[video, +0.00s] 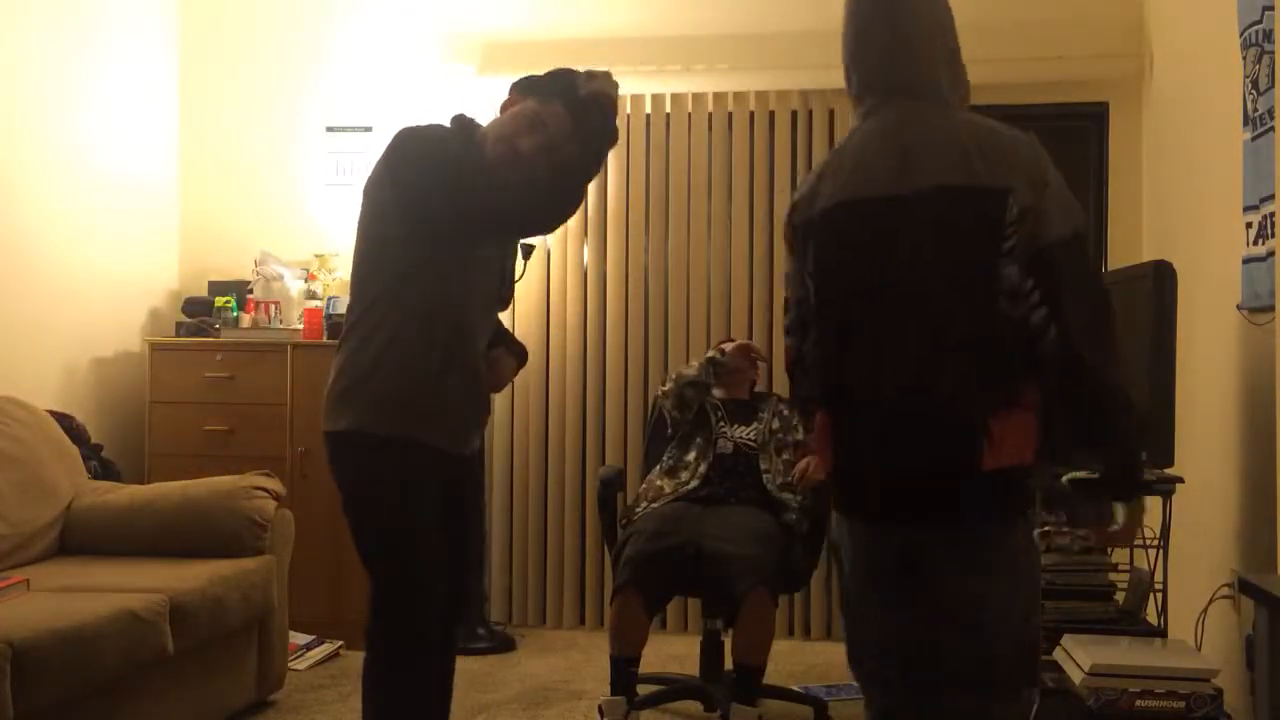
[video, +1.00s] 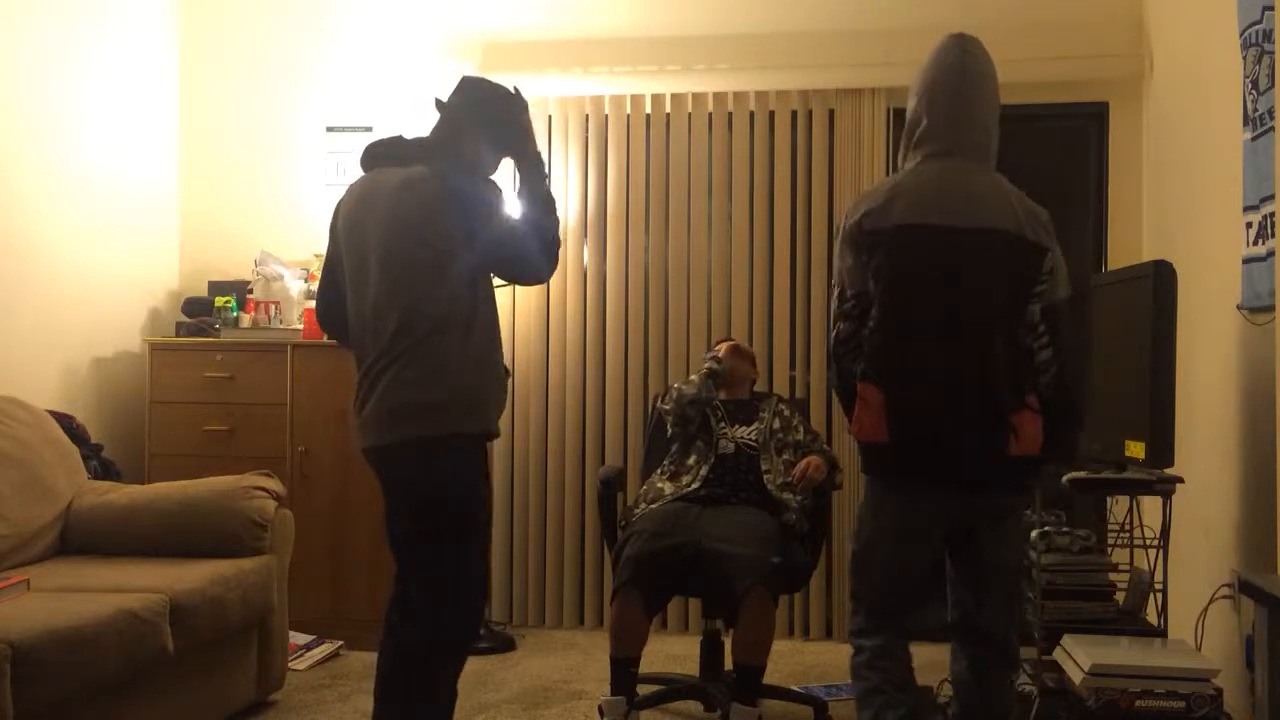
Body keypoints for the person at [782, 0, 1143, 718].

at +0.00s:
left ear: (856, 59)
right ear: (946, 48)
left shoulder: (820, 189)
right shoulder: (1012, 158)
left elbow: (805, 350)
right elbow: (1079, 318)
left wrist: (821, 424)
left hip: (869, 492)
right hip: (988, 488)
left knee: (890, 686)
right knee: (994, 687)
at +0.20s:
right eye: (972, 56)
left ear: (882, 72)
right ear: (969, 64)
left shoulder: (840, 204)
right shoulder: (1019, 185)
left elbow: (826, 356)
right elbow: (1085, 349)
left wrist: (838, 457)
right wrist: (1130, 483)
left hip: (883, 489)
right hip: (995, 488)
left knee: (909, 688)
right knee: (1007, 681)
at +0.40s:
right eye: (980, 67)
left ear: (893, 78)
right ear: (977, 71)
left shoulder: (851, 204)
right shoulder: (1022, 188)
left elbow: (838, 352)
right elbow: (1067, 350)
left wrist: (866, 451)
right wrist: (1102, 480)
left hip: (894, 477)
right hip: (1001, 475)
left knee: (917, 669)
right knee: (1008, 671)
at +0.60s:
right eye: (987, 87)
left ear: (916, 97)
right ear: (992, 93)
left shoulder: (865, 216)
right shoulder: (1034, 209)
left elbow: (846, 345)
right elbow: (1074, 357)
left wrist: (857, 430)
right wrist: (1093, 484)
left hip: (903, 476)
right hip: (1004, 474)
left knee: (920, 657)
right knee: (1001, 660)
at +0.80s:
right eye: (993, 92)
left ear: (924, 98)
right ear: (998, 100)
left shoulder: (871, 210)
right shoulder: (1038, 214)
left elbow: (846, 332)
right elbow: (1069, 346)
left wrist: (857, 401)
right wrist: (1057, 434)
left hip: (903, 459)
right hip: (1004, 462)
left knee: (901, 645)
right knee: (995, 649)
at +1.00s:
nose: (921, 113)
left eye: (921, 101)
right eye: (982, 103)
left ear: (919, 107)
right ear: (991, 112)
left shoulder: (870, 212)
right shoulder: (1028, 219)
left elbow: (847, 332)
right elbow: (1053, 344)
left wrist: (859, 399)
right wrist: (1043, 427)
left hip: (901, 461)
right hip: (997, 463)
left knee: (878, 631)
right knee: (990, 643)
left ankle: (895, 716)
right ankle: (982, 717)